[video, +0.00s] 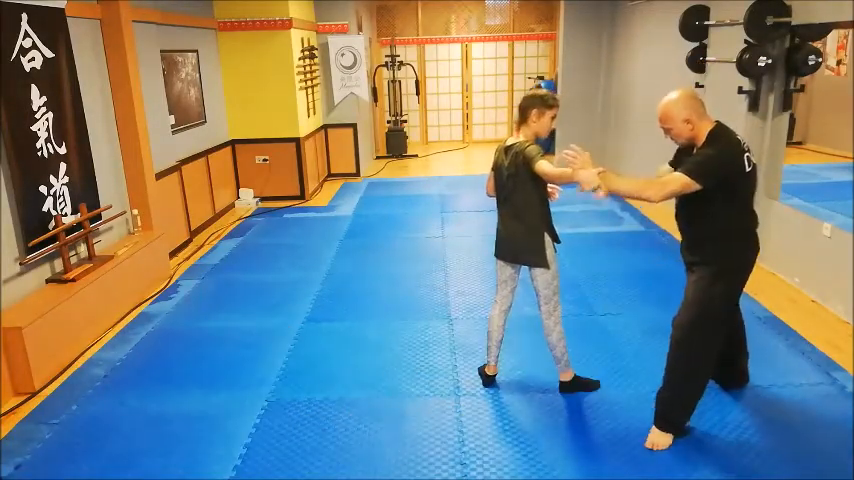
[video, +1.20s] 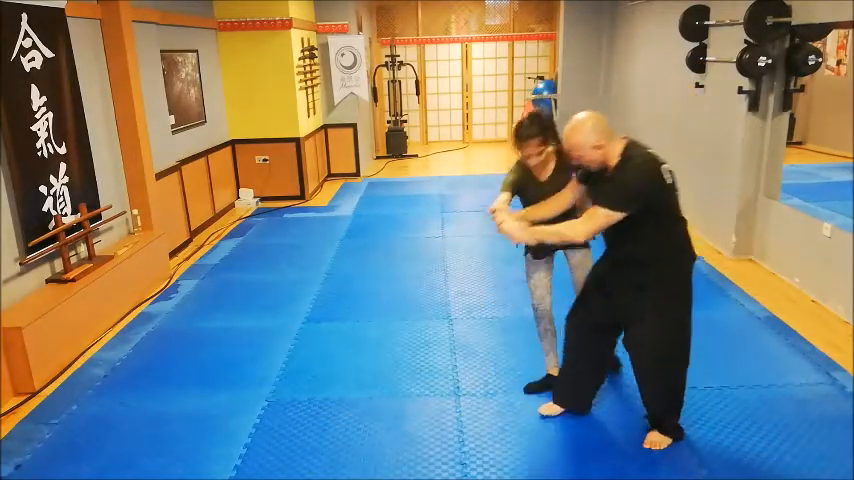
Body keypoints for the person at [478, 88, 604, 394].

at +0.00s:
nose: (553, 125)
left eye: (554, 119)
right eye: (551, 118)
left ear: (529, 116)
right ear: (534, 116)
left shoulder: (503, 149)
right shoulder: (530, 149)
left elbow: (492, 189)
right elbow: (549, 173)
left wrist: (537, 191)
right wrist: (581, 174)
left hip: (507, 238)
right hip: (536, 238)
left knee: (501, 301)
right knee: (550, 307)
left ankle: (490, 368)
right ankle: (566, 375)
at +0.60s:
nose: (560, 135)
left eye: (563, 129)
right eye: (559, 129)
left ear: (536, 122)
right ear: (541, 123)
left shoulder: (514, 148)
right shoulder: (528, 150)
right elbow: (538, 176)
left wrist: (550, 166)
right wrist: (562, 186)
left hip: (503, 234)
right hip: (526, 236)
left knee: (502, 300)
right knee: (557, 298)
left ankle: (489, 367)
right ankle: (564, 369)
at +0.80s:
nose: (566, 139)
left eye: (569, 133)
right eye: (562, 134)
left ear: (545, 127)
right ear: (543, 128)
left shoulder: (542, 150)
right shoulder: (534, 159)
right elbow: (545, 193)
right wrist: (572, 193)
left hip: (526, 233)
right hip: (533, 238)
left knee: (535, 294)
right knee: (559, 301)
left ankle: (497, 350)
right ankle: (563, 371)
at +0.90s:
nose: (565, 141)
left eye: (569, 134)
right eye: (559, 136)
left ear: (574, 126)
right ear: (541, 129)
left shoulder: (558, 149)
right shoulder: (532, 161)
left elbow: (564, 184)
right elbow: (541, 197)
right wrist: (569, 205)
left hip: (552, 226)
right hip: (535, 231)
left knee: (565, 291)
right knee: (554, 300)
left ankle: (514, 335)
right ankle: (561, 370)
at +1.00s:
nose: (558, 143)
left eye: (562, 136)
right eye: (551, 138)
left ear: (568, 128)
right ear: (537, 132)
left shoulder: (569, 147)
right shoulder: (529, 159)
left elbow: (571, 178)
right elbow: (530, 194)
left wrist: (583, 194)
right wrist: (555, 212)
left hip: (563, 224)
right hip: (534, 230)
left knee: (579, 293)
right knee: (549, 302)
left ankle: (544, 332)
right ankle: (559, 369)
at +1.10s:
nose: (547, 149)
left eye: (552, 142)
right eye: (540, 144)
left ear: (561, 133)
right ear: (529, 139)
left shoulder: (571, 151)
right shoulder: (524, 165)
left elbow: (582, 184)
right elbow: (518, 201)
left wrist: (587, 214)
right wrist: (538, 218)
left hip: (574, 230)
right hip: (538, 235)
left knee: (583, 299)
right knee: (545, 305)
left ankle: (577, 345)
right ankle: (555, 366)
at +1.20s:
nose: (531, 160)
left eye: (537, 154)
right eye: (525, 155)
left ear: (550, 145)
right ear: (518, 148)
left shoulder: (568, 161)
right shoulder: (519, 173)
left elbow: (586, 197)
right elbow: (501, 203)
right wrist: (502, 211)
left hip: (574, 231)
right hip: (537, 237)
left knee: (587, 298)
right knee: (541, 306)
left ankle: (603, 353)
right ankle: (553, 371)